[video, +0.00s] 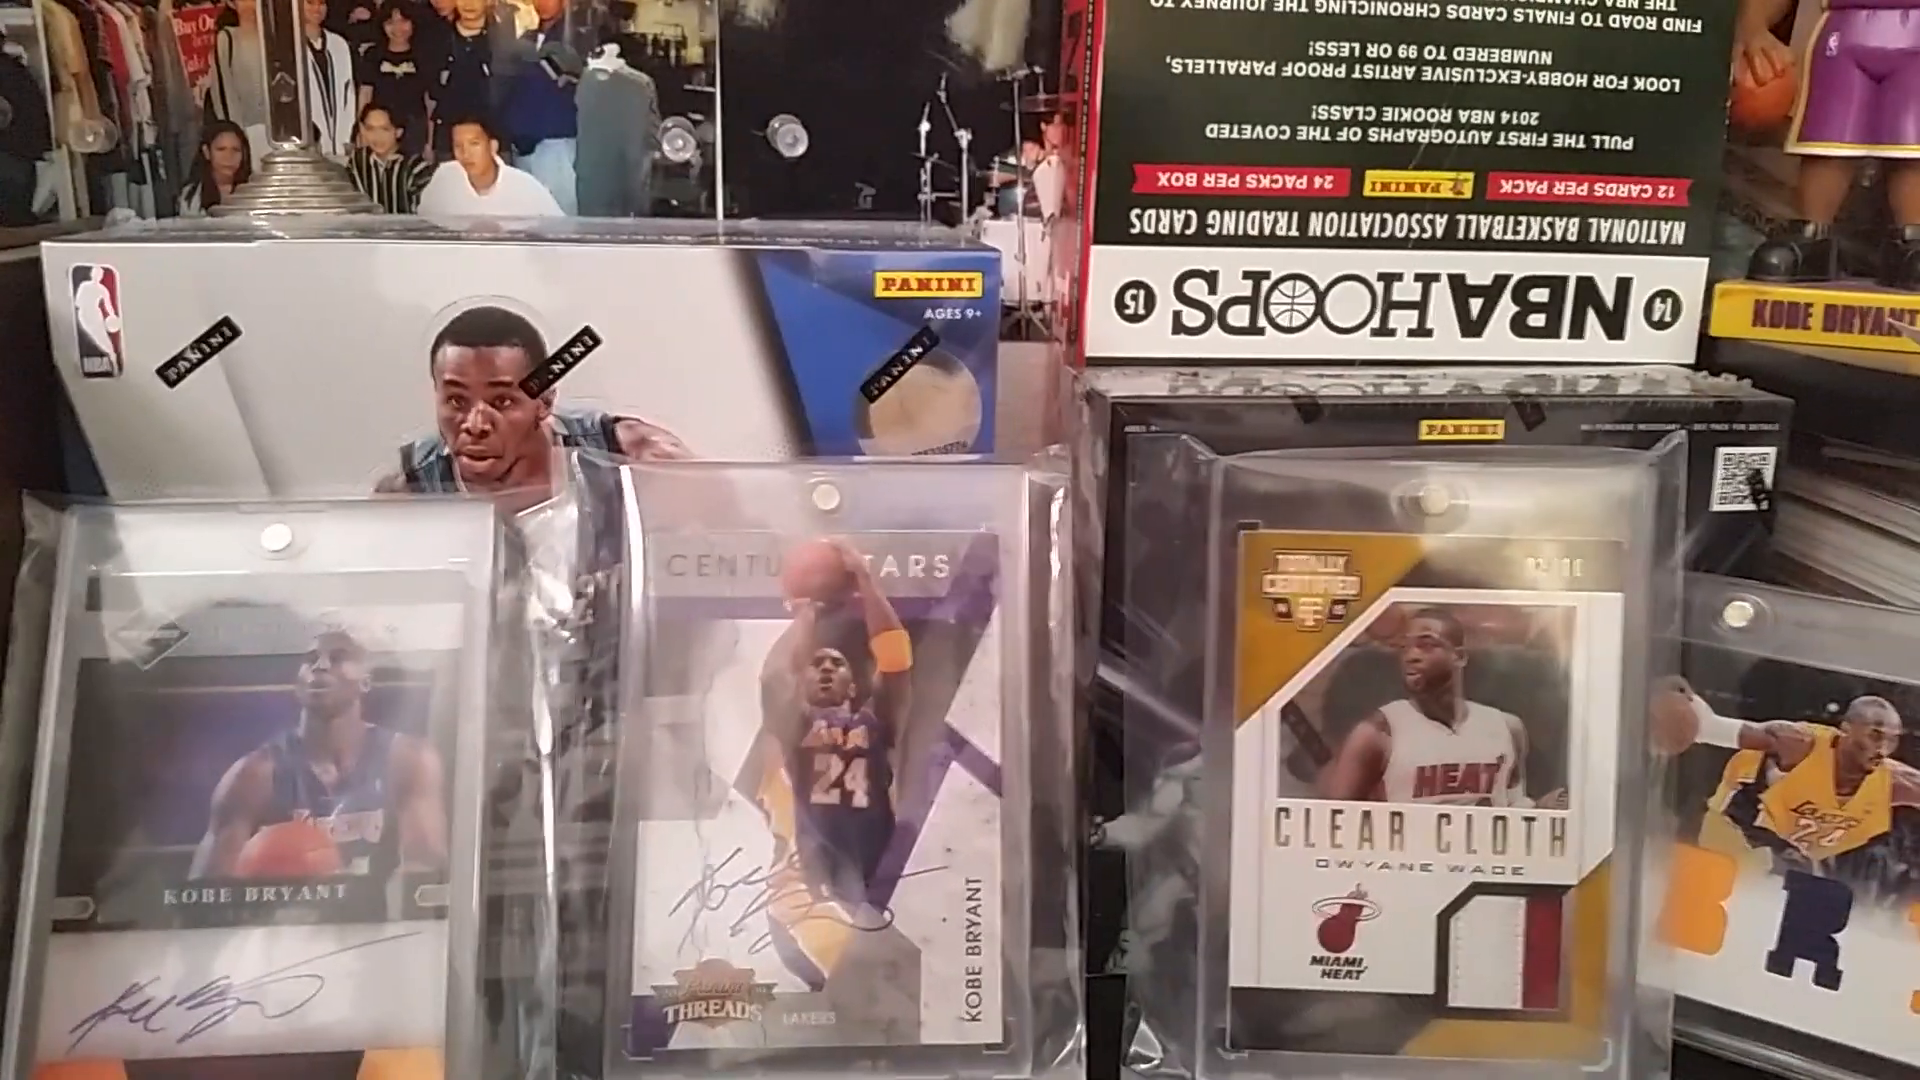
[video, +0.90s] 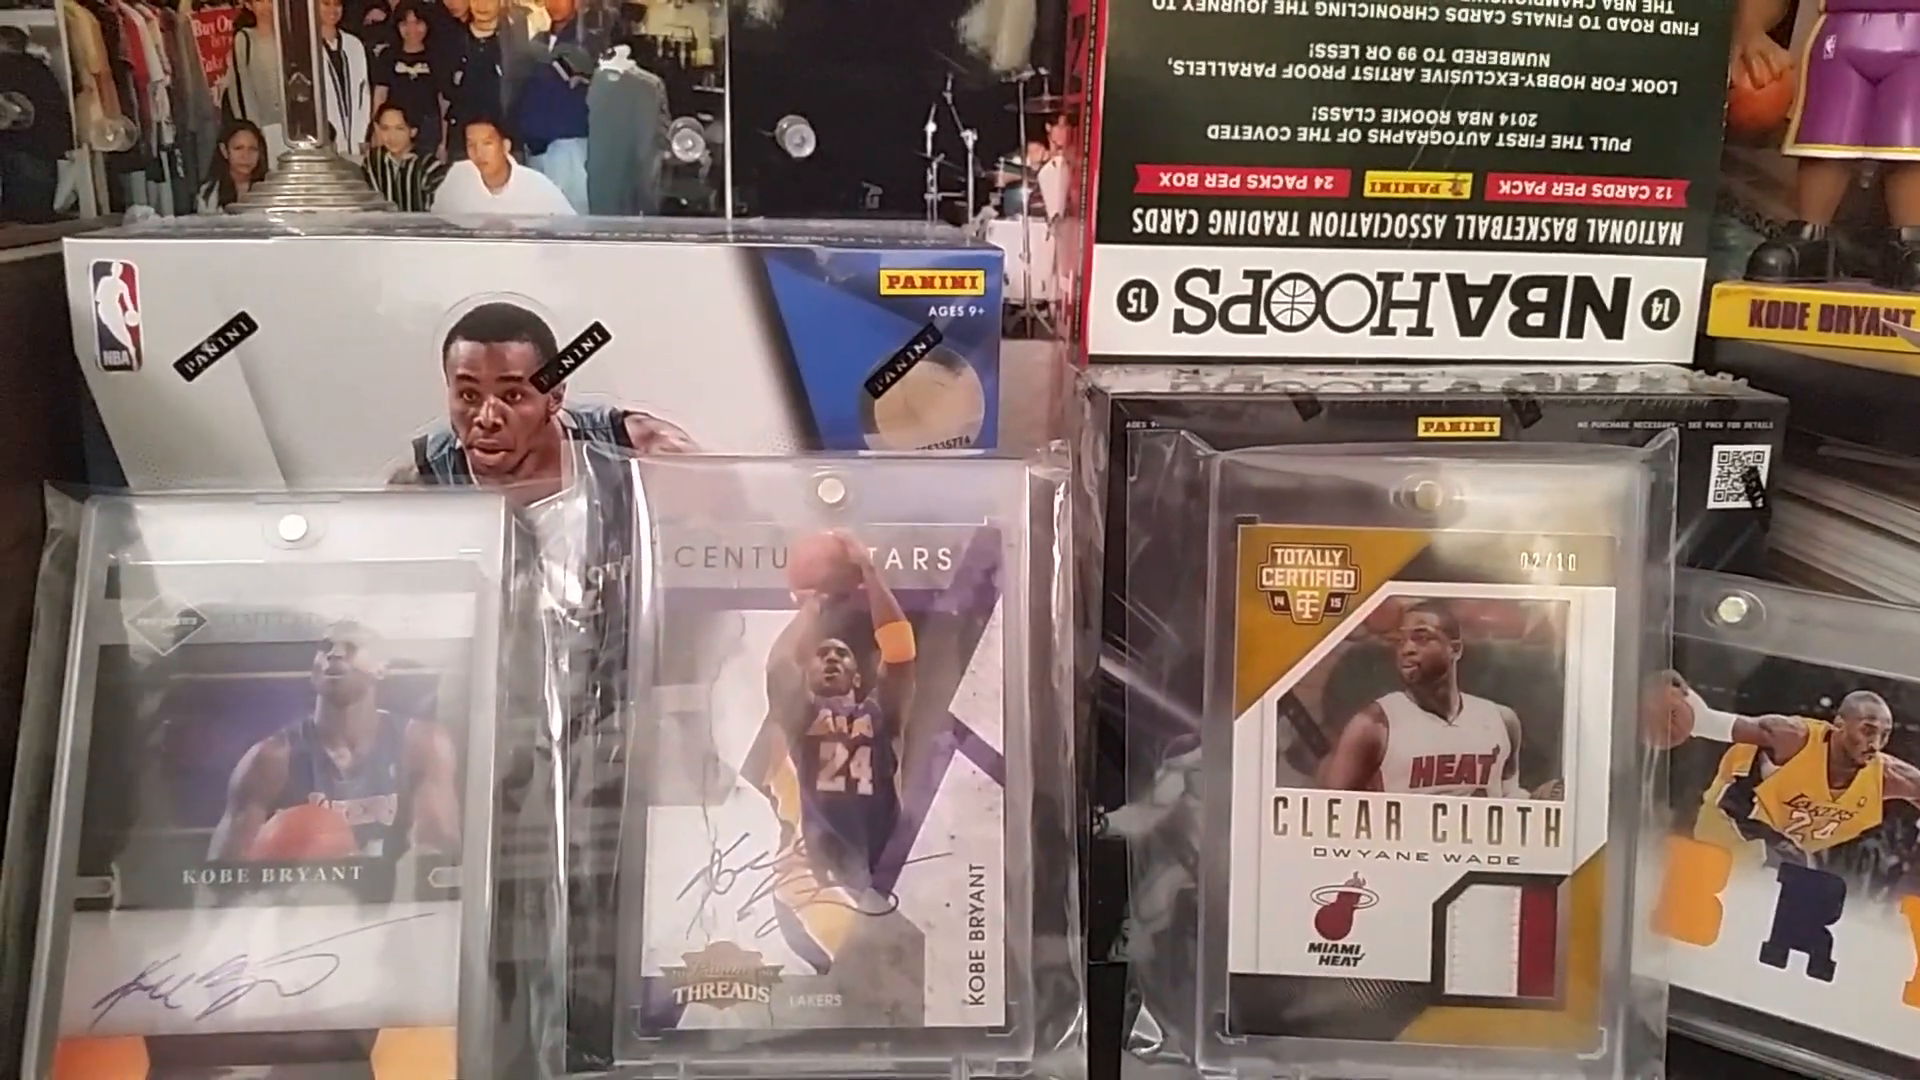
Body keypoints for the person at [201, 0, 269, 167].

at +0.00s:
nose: (249, 4)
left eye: (251, 1)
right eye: (243, 1)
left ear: (259, 4)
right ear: (232, 4)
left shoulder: (270, 35)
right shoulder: (226, 37)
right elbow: (223, 84)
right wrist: (233, 128)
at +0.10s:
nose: (245, 5)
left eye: (248, 1)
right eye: (239, 1)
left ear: (256, 4)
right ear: (228, 4)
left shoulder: (267, 35)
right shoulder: (223, 37)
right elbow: (222, 84)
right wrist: (232, 128)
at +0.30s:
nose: (224, 5)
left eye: (225, 1)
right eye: (218, 1)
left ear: (232, 4)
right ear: (206, 5)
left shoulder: (242, 36)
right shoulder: (199, 38)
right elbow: (196, 85)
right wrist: (204, 129)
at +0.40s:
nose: (227, 4)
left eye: (226, 1)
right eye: (220, 1)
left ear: (233, 5)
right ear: (208, 6)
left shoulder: (244, 37)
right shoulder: (201, 40)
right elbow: (197, 88)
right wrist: (210, 132)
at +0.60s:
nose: (245, 5)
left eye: (247, 1)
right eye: (238, 1)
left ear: (253, 4)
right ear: (227, 5)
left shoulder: (264, 35)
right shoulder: (221, 38)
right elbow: (219, 84)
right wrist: (228, 126)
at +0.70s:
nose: (246, 5)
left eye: (249, 0)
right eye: (240, 1)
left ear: (257, 4)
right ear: (229, 5)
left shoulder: (267, 35)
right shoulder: (224, 38)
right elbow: (224, 85)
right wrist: (234, 128)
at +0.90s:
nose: (268, 5)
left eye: (270, 1)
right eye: (261, 1)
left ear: (277, 4)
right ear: (249, 5)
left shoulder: (286, 35)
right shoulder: (244, 38)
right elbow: (244, 86)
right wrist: (253, 127)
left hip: (291, 118)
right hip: (263, 122)